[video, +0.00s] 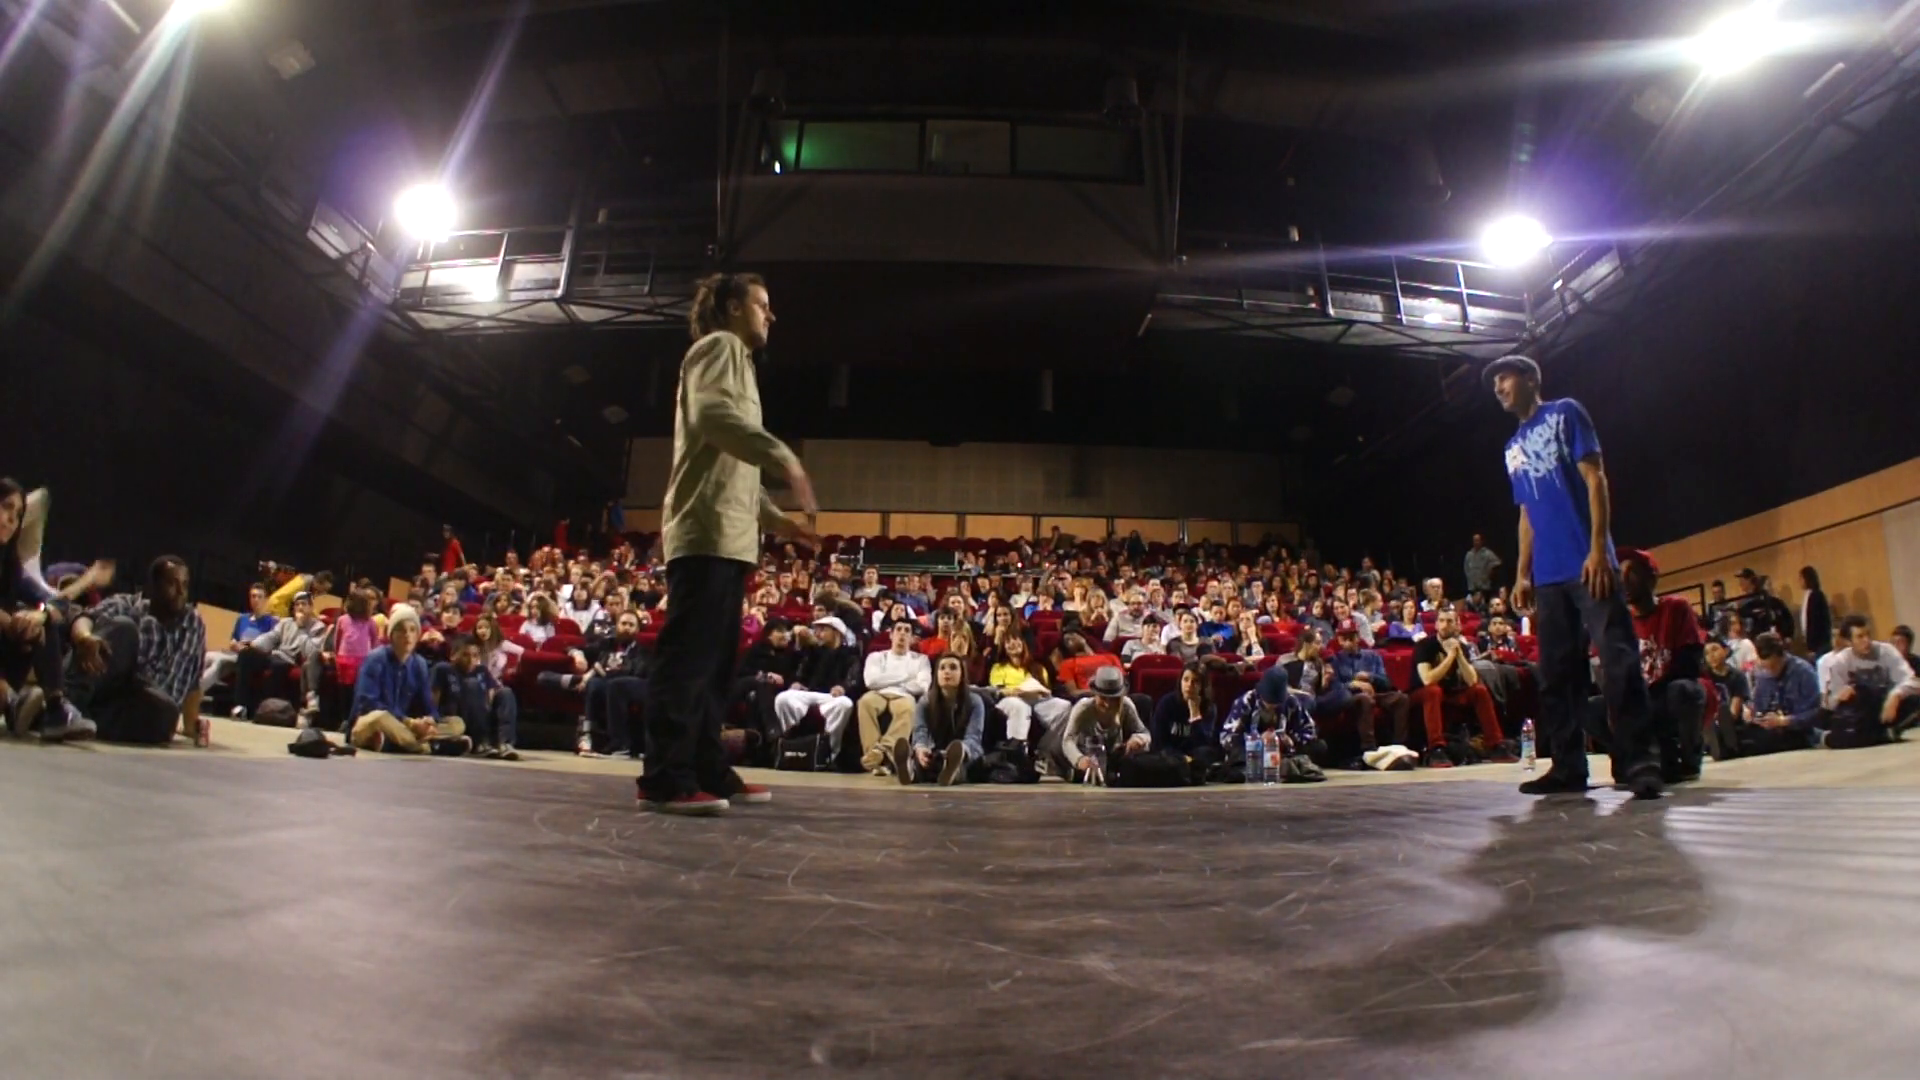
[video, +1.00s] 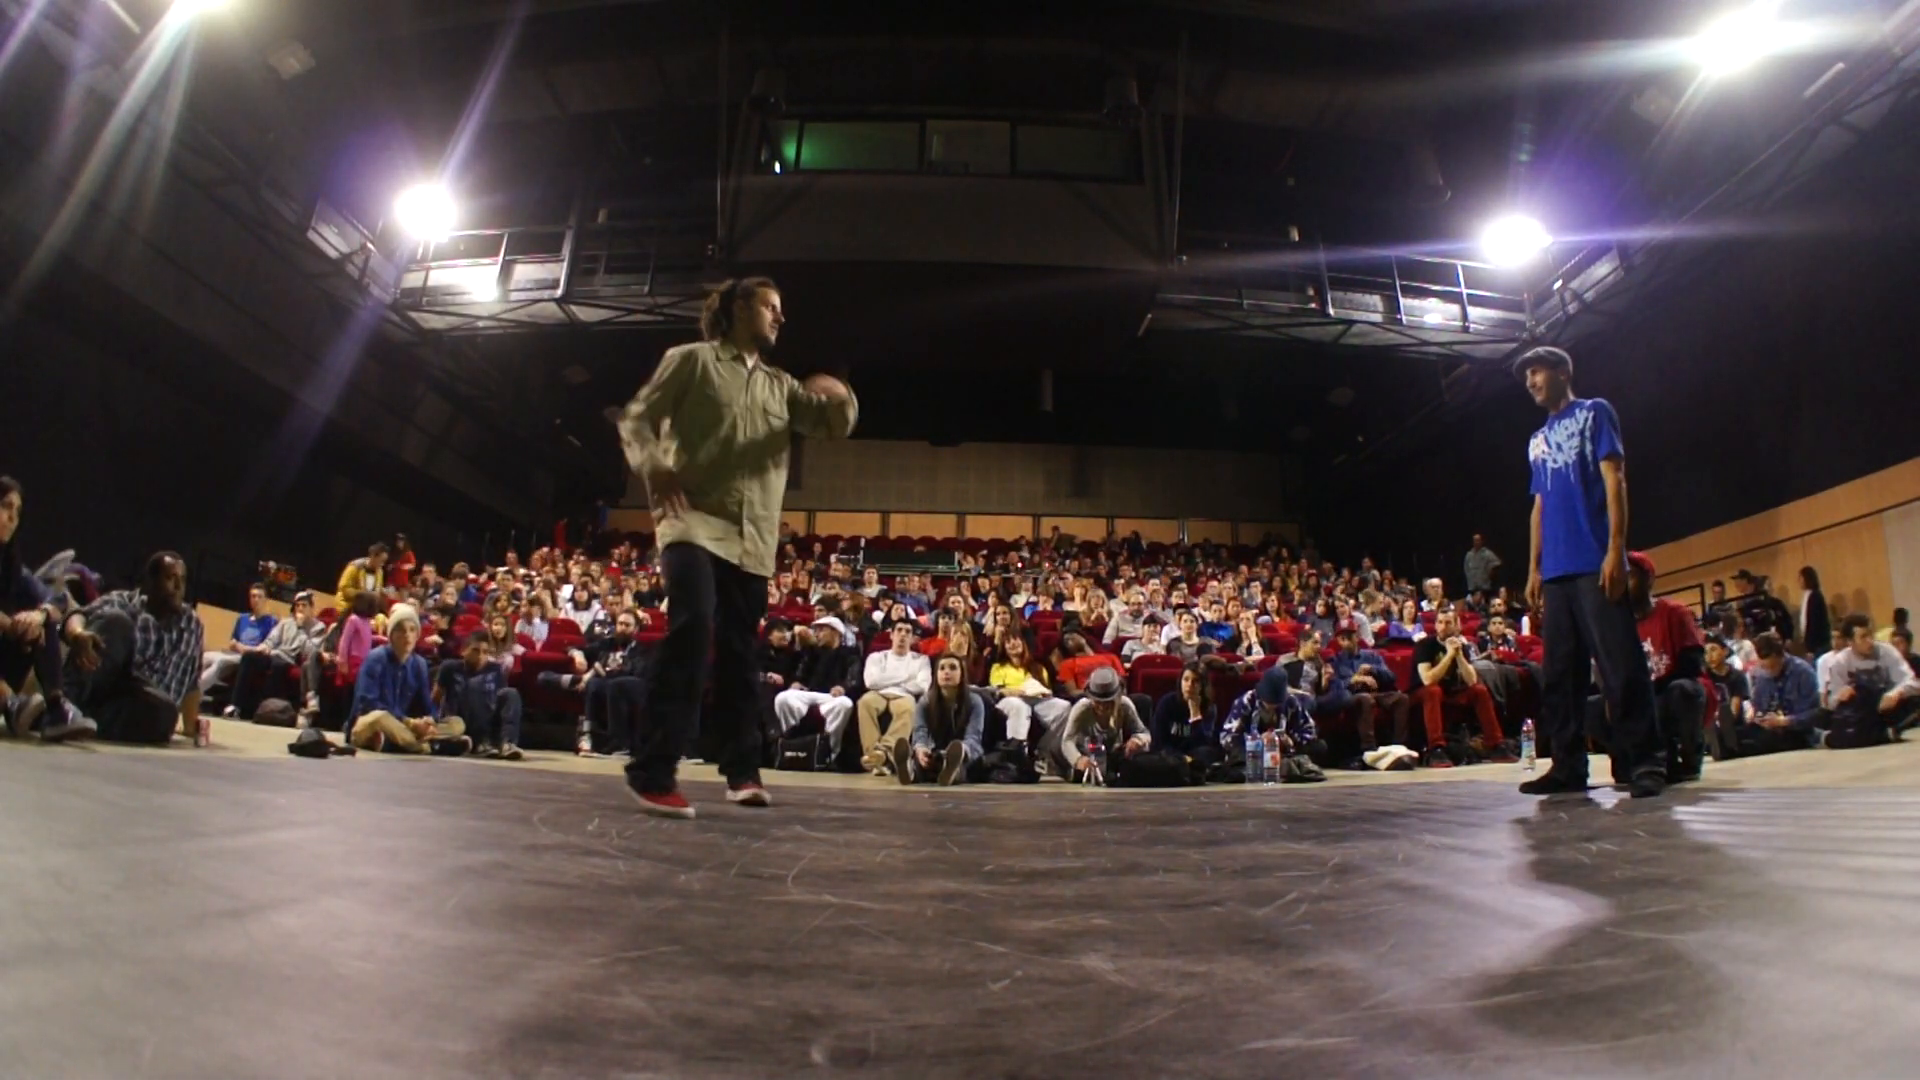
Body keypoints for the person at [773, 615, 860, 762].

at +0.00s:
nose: (819, 634)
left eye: (824, 630)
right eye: (818, 630)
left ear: (836, 633)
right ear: (817, 632)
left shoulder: (849, 653)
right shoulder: (813, 651)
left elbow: (853, 678)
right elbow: (802, 672)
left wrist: (843, 687)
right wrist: (798, 683)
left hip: (831, 694)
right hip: (808, 691)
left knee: (844, 704)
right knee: (783, 700)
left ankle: (831, 753)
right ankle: (792, 746)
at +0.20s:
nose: (819, 634)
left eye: (824, 630)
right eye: (818, 630)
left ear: (836, 633)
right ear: (817, 632)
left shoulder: (849, 653)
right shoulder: (813, 651)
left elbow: (853, 678)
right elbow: (801, 672)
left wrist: (842, 687)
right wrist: (797, 683)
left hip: (831, 694)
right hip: (807, 691)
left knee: (844, 704)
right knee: (783, 699)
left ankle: (831, 753)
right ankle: (792, 746)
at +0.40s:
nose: (819, 634)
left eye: (824, 630)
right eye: (819, 630)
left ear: (836, 633)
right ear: (817, 632)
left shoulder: (849, 653)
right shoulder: (813, 651)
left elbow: (853, 678)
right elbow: (802, 672)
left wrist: (843, 687)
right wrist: (798, 683)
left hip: (831, 694)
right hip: (808, 691)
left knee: (844, 704)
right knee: (783, 699)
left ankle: (830, 753)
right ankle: (792, 746)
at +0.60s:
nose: (818, 634)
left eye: (822, 630)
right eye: (817, 630)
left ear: (836, 633)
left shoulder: (850, 653)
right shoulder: (813, 651)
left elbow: (853, 679)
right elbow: (802, 672)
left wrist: (843, 687)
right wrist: (798, 683)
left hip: (832, 693)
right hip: (808, 691)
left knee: (844, 704)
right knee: (783, 699)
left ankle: (830, 753)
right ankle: (792, 747)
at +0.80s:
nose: (818, 634)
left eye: (822, 630)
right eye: (817, 630)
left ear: (835, 633)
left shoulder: (849, 653)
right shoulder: (812, 651)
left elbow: (853, 679)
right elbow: (801, 672)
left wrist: (843, 688)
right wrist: (798, 682)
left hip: (831, 694)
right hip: (807, 691)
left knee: (844, 704)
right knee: (783, 699)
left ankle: (830, 753)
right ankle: (793, 746)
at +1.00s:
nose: (817, 634)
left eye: (822, 630)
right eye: (817, 630)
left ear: (835, 633)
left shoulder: (849, 653)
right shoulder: (813, 651)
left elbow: (853, 679)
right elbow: (801, 673)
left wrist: (843, 687)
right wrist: (797, 683)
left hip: (831, 694)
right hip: (808, 691)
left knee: (844, 705)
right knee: (783, 699)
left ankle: (830, 754)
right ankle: (792, 747)